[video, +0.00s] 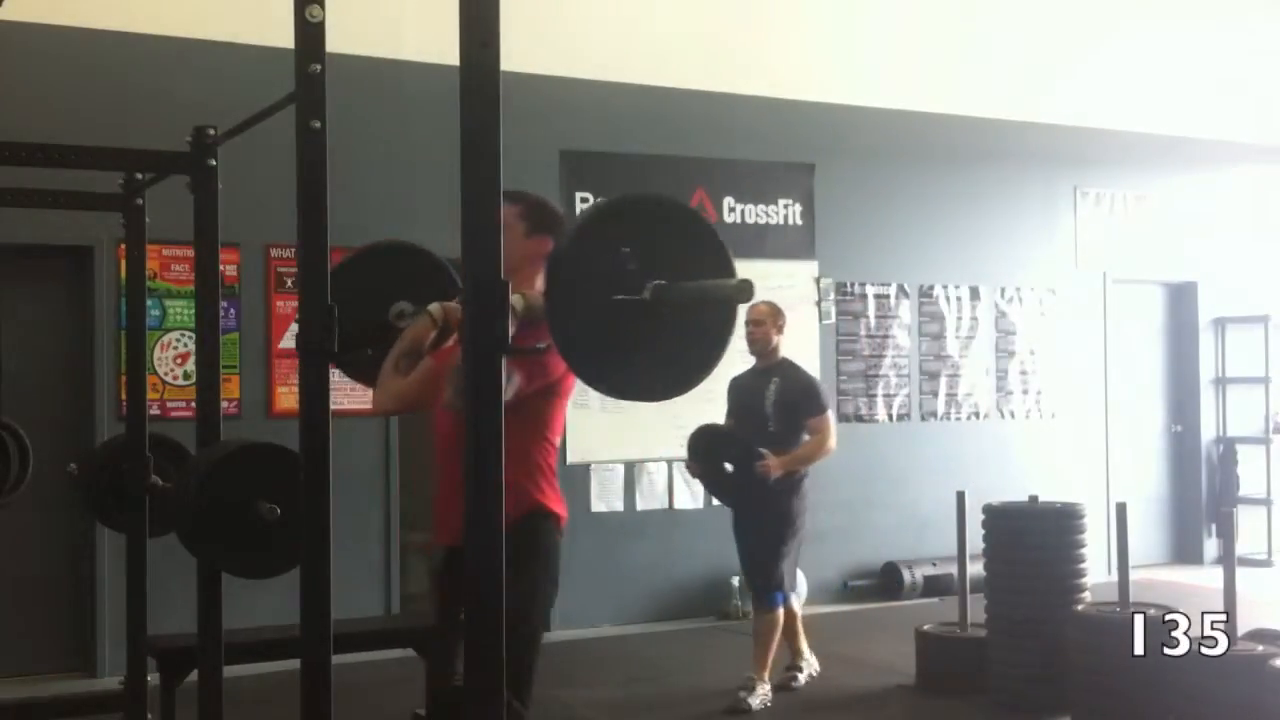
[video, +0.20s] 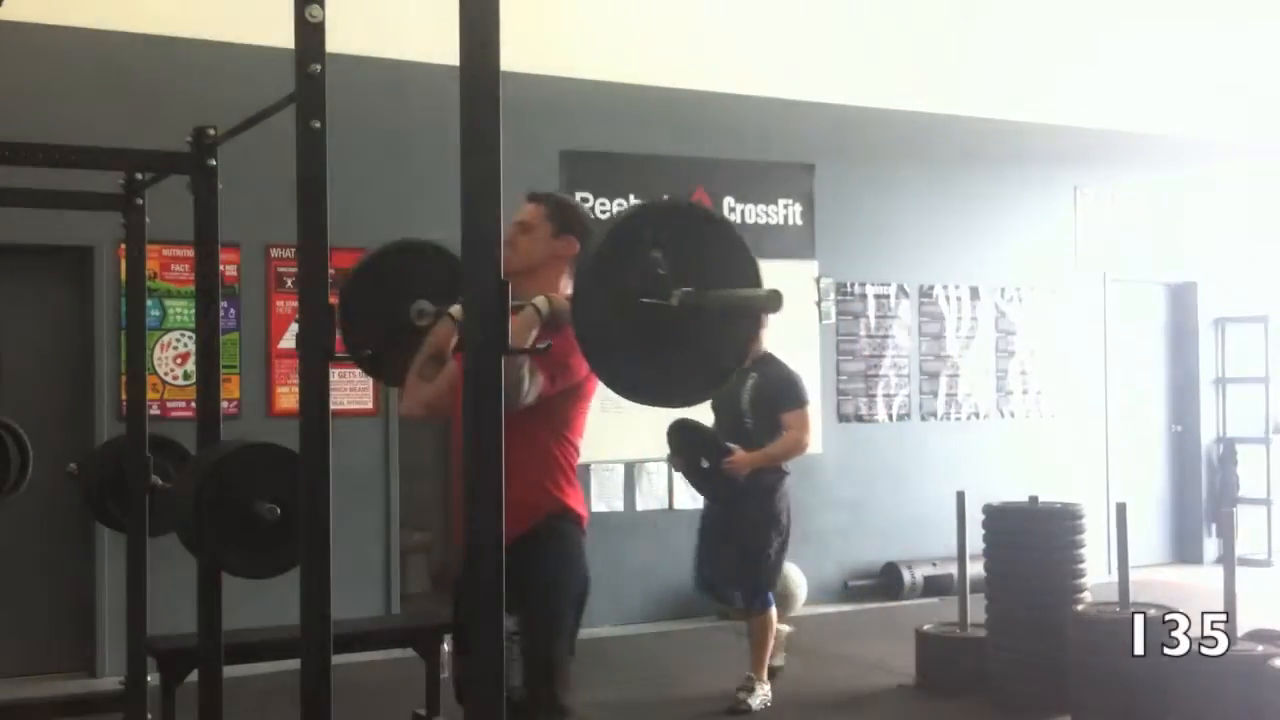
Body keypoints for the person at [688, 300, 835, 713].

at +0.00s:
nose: (751, 331)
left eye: (759, 325)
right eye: (748, 326)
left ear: (780, 330)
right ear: (745, 332)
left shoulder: (800, 382)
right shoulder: (739, 385)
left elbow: (825, 440)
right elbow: (732, 439)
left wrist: (783, 463)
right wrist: (706, 462)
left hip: (784, 491)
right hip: (746, 491)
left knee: (769, 584)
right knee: (771, 581)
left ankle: (760, 682)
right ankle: (803, 656)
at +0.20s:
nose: (738, 331)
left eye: (745, 323)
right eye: (733, 324)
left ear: (761, 322)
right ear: (723, 327)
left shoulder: (780, 376)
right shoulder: (723, 375)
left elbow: (799, 438)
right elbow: (726, 437)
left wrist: (751, 459)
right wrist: (691, 455)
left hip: (764, 492)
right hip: (726, 491)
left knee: (757, 589)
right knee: (712, 580)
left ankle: (759, 682)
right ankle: (773, 629)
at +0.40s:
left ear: (739, 329)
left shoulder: (755, 375)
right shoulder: (703, 375)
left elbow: (769, 437)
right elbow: (705, 435)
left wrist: (719, 458)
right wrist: (674, 460)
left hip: (741, 492)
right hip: (701, 491)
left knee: (742, 583)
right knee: (678, 577)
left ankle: (758, 681)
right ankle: (697, 673)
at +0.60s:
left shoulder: (721, 383)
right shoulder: (669, 391)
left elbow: (737, 443)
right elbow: (677, 448)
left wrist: (683, 464)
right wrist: (645, 464)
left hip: (709, 502)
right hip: (667, 503)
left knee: (726, 593)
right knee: (648, 596)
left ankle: (756, 680)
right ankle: (623, 689)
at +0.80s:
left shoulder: (676, 370)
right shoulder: (606, 373)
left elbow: (701, 435)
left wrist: (650, 452)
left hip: (661, 498)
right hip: (615, 499)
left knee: (669, 592)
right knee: (618, 602)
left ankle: (734, 660)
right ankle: (618, 695)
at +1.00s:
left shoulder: (653, 373)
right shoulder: (590, 373)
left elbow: (677, 434)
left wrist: (629, 454)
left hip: (637, 489)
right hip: (600, 489)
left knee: (627, 586)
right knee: (610, 591)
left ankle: (655, 679)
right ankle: (614, 686)